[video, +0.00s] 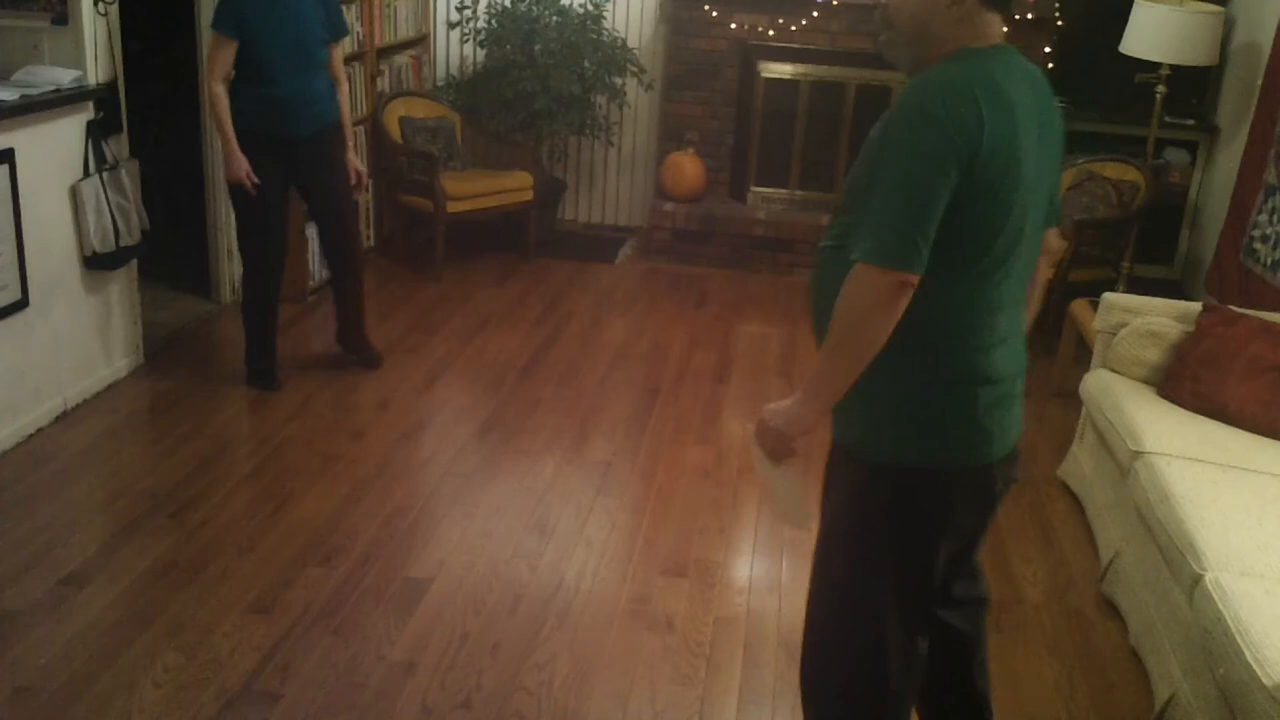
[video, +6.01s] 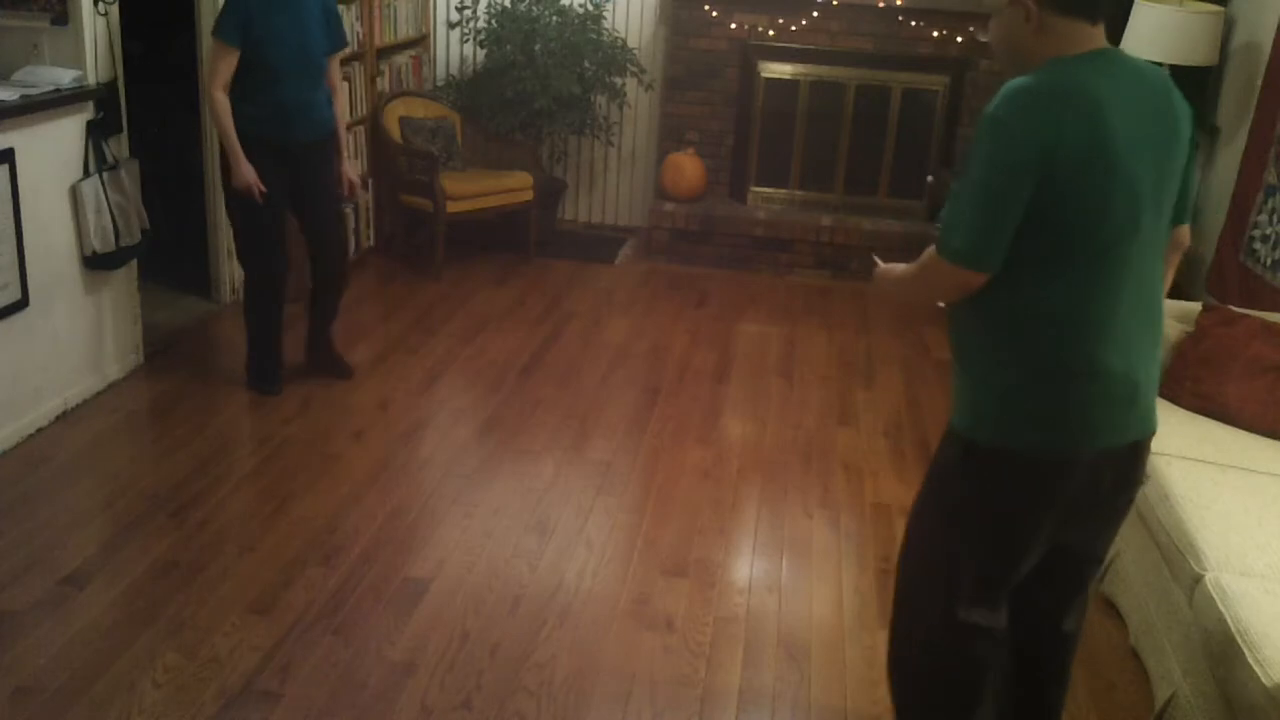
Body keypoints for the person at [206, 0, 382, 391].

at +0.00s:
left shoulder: (326, 7)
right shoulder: (238, 7)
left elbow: (338, 79)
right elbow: (216, 79)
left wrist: (348, 149)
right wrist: (232, 151)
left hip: (322, 141)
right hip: (260, 147)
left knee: (345, 241)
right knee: (263, 259)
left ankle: (353, 336)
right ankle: (261, 365)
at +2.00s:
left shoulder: (381, 6)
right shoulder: (298, 6)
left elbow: (391, 69)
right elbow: (272, 70)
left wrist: (403, 138)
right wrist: (273, 143)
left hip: (369, 132)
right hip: (314, 134)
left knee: (367, 238)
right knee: (322, 240)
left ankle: (363, 340)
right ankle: (323, 345)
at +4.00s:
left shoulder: (381, 6)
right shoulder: (297, 7)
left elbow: (389, 71)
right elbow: (278, 74)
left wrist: (396, 138)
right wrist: (281, 146)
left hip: (371, 132)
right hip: (317, 133)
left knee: (367, 238)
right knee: (323, 240)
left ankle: (363, 339)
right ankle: (323, 345)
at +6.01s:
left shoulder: (323, 8)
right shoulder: (241, 9)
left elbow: (334, 85)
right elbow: (217, 88)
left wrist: (343, 157)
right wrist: (237, 161)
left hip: (315, 151)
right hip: (256, 156)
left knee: (332, 256)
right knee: (266, 266)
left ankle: (320, 349)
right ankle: (263, 368)